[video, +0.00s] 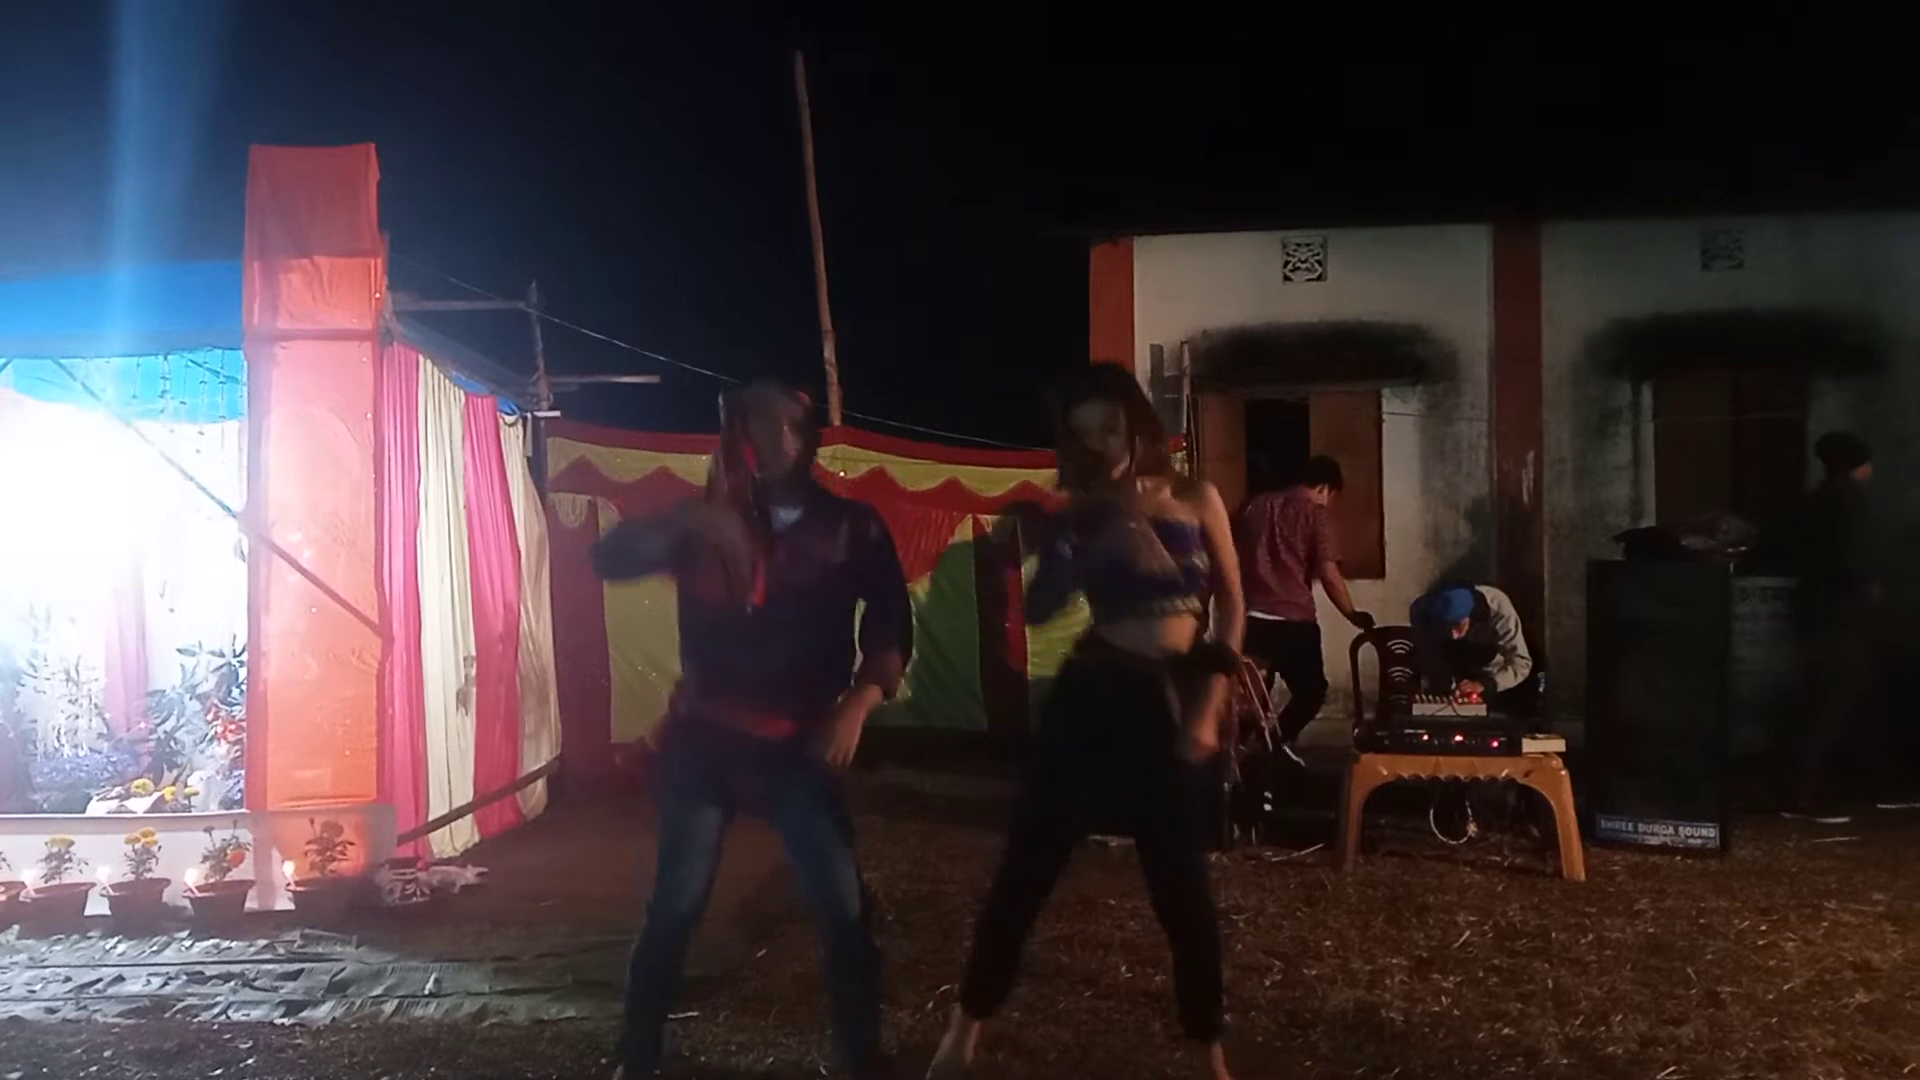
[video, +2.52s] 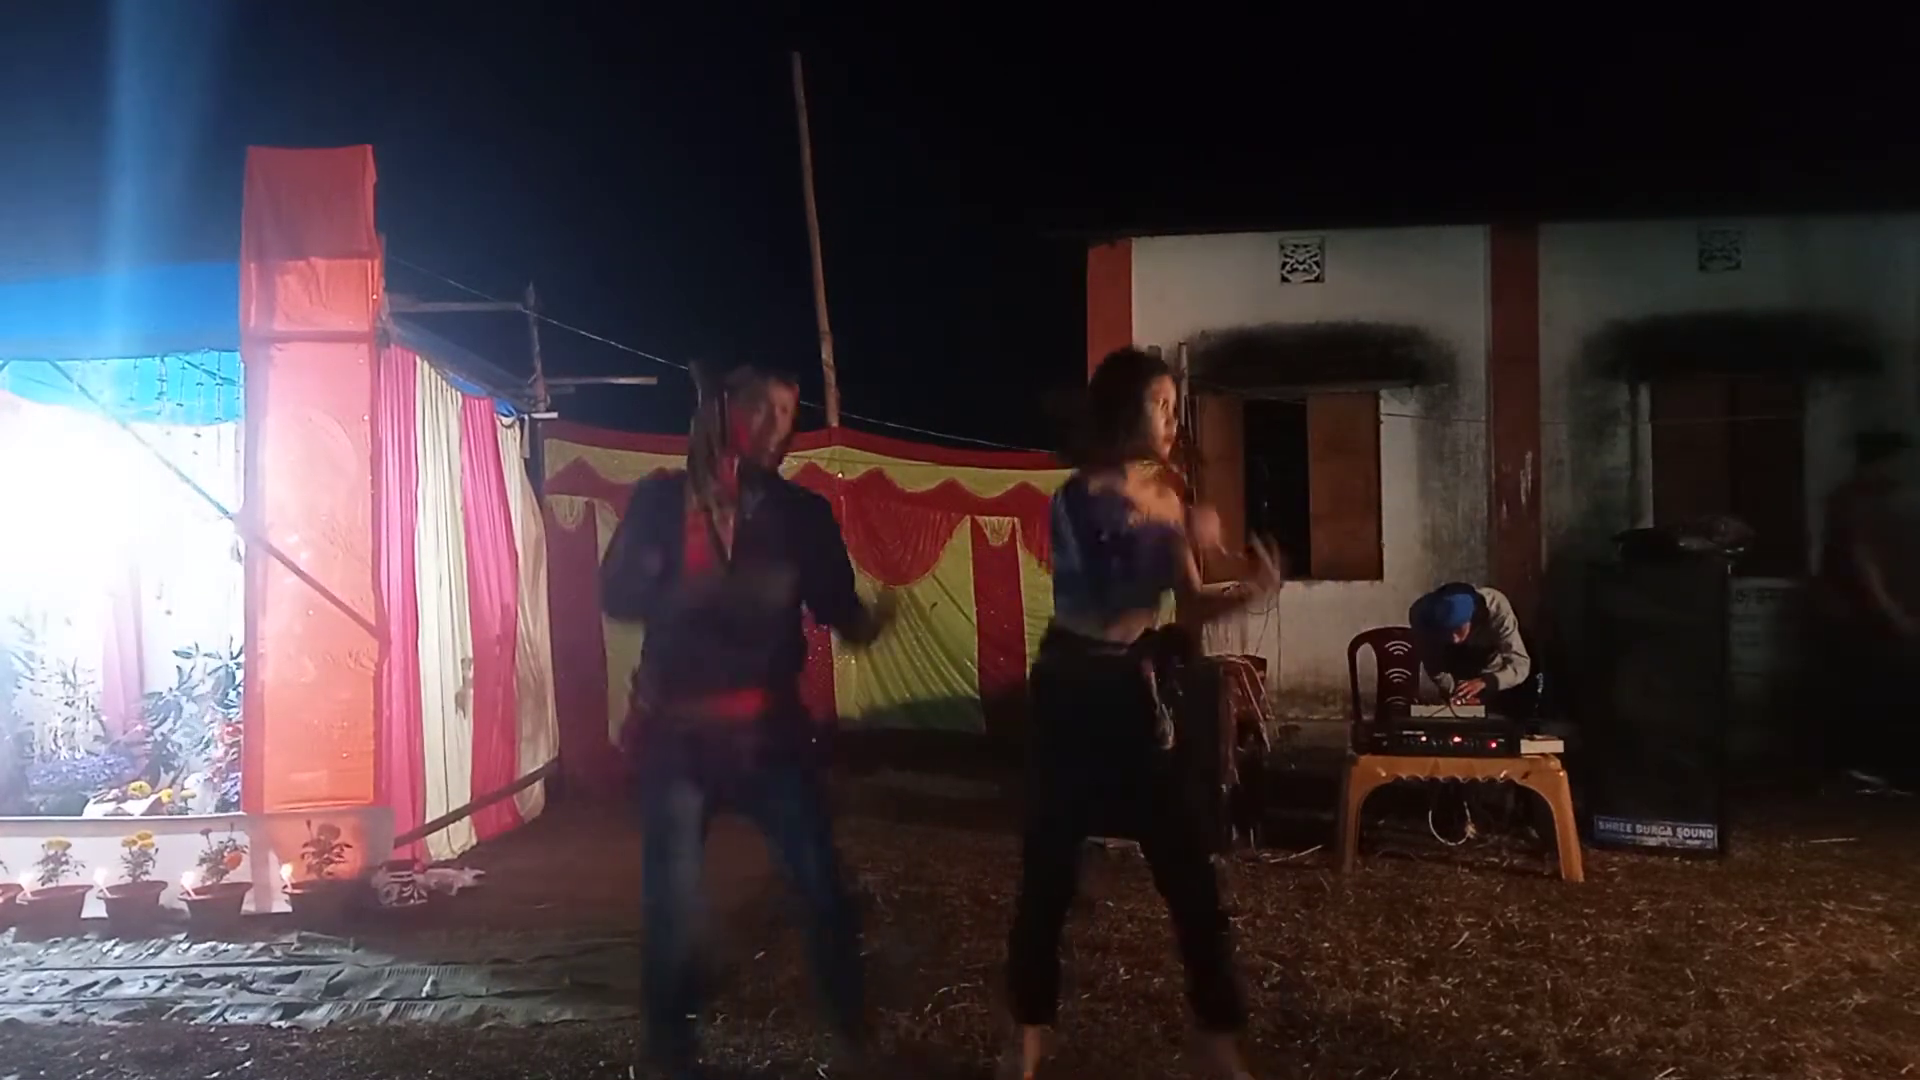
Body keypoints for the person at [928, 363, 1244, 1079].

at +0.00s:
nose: (1099, 448)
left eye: (1110, 431)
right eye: (1084, 436)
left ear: (1140, 426)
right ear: (1068, 440)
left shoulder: (1196, 501)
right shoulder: (1080, 516)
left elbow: (1231, 604)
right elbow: (1035, 610)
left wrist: (1211, 704)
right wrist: (1031, 549)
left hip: (1174, 697)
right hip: (1093, 693)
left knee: (1182, 882)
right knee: (1028, 864)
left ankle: (1211, 1048)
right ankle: (965, 1029)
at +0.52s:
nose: (1137, 461)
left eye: (1150, 449)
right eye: (1123, 445)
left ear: (1164, 460)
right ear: (1093, 452)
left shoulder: (1175, 540)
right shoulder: (1060, 533)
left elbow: (1227, 648)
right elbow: (1050, 647)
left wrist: (1183, 742)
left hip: (1164, 740)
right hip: (1082, 739)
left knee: (1189, 914)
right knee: (1046, 915)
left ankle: (1270, 1055)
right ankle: (1051, 1060)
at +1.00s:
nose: (1196, 474)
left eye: (1195, 461)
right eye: (1183, 461)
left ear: (1156, 469)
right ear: (1142, 465)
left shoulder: (1141, 543)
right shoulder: (1110, 536)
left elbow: (1141, 638)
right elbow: (1179, 617)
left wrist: (1171, 707)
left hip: (1117, 724)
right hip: (1062, 726)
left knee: (1188, 897)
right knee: (1036, 909)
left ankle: (1160, 1052)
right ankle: (936, 1054)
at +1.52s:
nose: (1147, 469)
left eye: (1150, 455)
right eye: (1131, 455)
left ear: (1153, 462)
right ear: (1096, 463)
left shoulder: (1147, 545)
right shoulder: (1059, 543)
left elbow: (1150, 644)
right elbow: (1028, 654)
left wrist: (1176, 710)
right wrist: (1110, 665)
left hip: (1122, 741)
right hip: (1056, 743)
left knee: (1192, 912)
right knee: (1025, 926)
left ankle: (1165, 1052)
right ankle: (943, 1062)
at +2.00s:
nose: (1060, 467)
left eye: (1078, 457)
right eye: (1058, 453)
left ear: (1112, 470)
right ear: (1053, 461)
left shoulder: (1151, 541)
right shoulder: (1057, 558)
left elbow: (1228, 638)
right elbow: (1015, 650)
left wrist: (1179, 729)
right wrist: (998, 681)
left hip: (1181, 731)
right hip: (1107, 737)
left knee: (1221, 913)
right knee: (1062, 915)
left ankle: (1306, 1061)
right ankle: (1058, 1057)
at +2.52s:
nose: (1172, 421)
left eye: (1173, 408)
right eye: (1160, 406)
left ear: (1170, 416)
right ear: (1121, 410)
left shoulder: (1174, 501)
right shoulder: (1075, 499)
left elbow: (1191, 600)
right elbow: (1082, 607)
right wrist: (1168, 565)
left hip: (1152, 689)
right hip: (1074, 691)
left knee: (1189, 871)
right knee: (1049, 871)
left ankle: (1221, 1043)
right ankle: (1027, 1045)